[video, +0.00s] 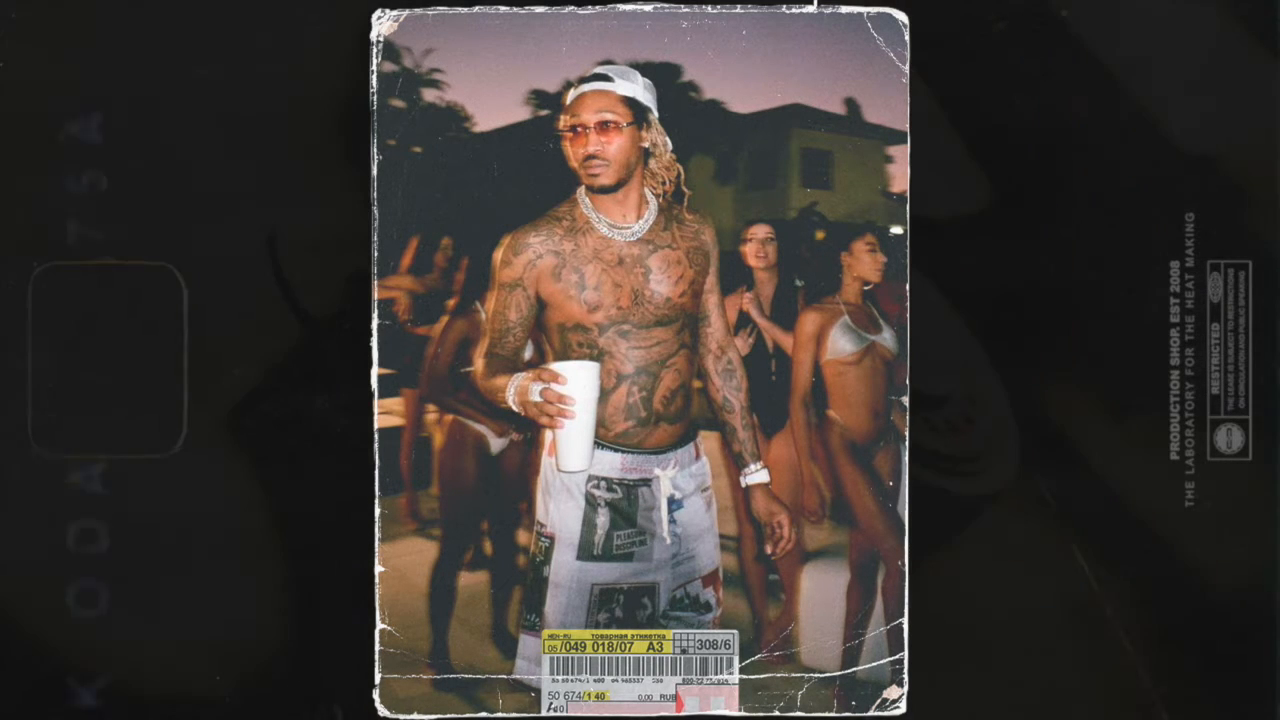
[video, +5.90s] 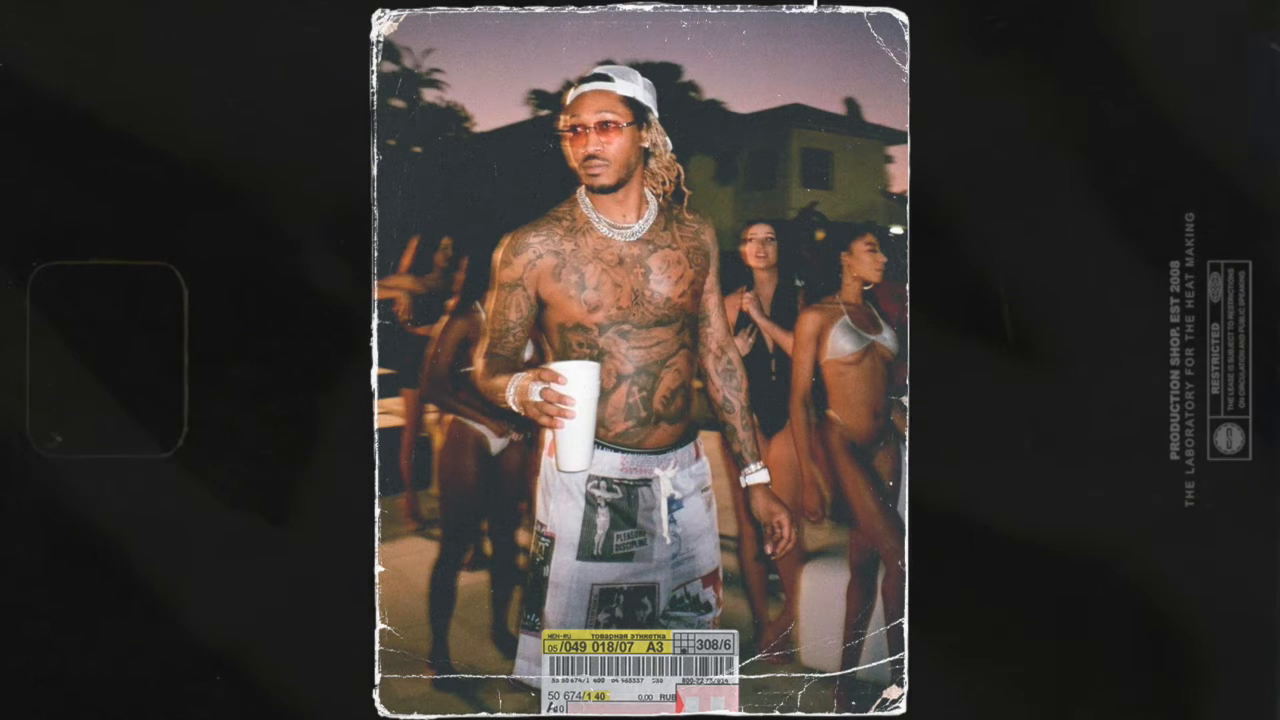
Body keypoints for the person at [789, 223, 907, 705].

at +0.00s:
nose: (882, 259)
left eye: (881, 251)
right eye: (871, 251)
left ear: (870, 261)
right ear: (844, 259)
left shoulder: (877, 315)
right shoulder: (818, 317)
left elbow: (885, 394)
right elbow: (798, 403)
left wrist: (901, 444)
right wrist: (813, 478)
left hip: (881, 448)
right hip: (838, 449)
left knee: (864, 562)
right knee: (898, 553)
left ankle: (846, 673)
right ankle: (903, 672)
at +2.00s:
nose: (882, 258)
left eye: (881, 251)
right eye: (871, 251)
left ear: (871, 262)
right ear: (844, 259)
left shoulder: (877, 315)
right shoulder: (818, 317)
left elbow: (887, 390)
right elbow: (799, 403)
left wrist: (900, 434)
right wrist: (812, 478)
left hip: (882, 447)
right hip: (838, 448)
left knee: (863, 563)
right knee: (898, 551)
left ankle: (847, 673)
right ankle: (903, 669)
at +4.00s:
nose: (882, 259)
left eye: (881, 251)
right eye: (871, 251)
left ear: (870, 262)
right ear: (844, 259)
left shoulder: (877, 315)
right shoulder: (818, 317)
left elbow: (887, 390)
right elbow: (799, 403)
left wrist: (898, 439)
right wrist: (813, 478)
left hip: (882, 448)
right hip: (838, 449)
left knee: (863, 563)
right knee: (897, 552)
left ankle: (846, 674)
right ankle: (902, 670)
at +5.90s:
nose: (882, 259)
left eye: (881, 251)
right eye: (871, 251)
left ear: (871, 262)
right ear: (844, 259)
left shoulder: (877, 316)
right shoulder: (818, 317)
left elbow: (884, 391)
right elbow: (798, 403)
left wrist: (900, 433)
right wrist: (813, 478)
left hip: (882, 448)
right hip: (838, 449)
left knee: (863, 562)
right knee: (898, 553)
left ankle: (846, 673)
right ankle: (903, 671)